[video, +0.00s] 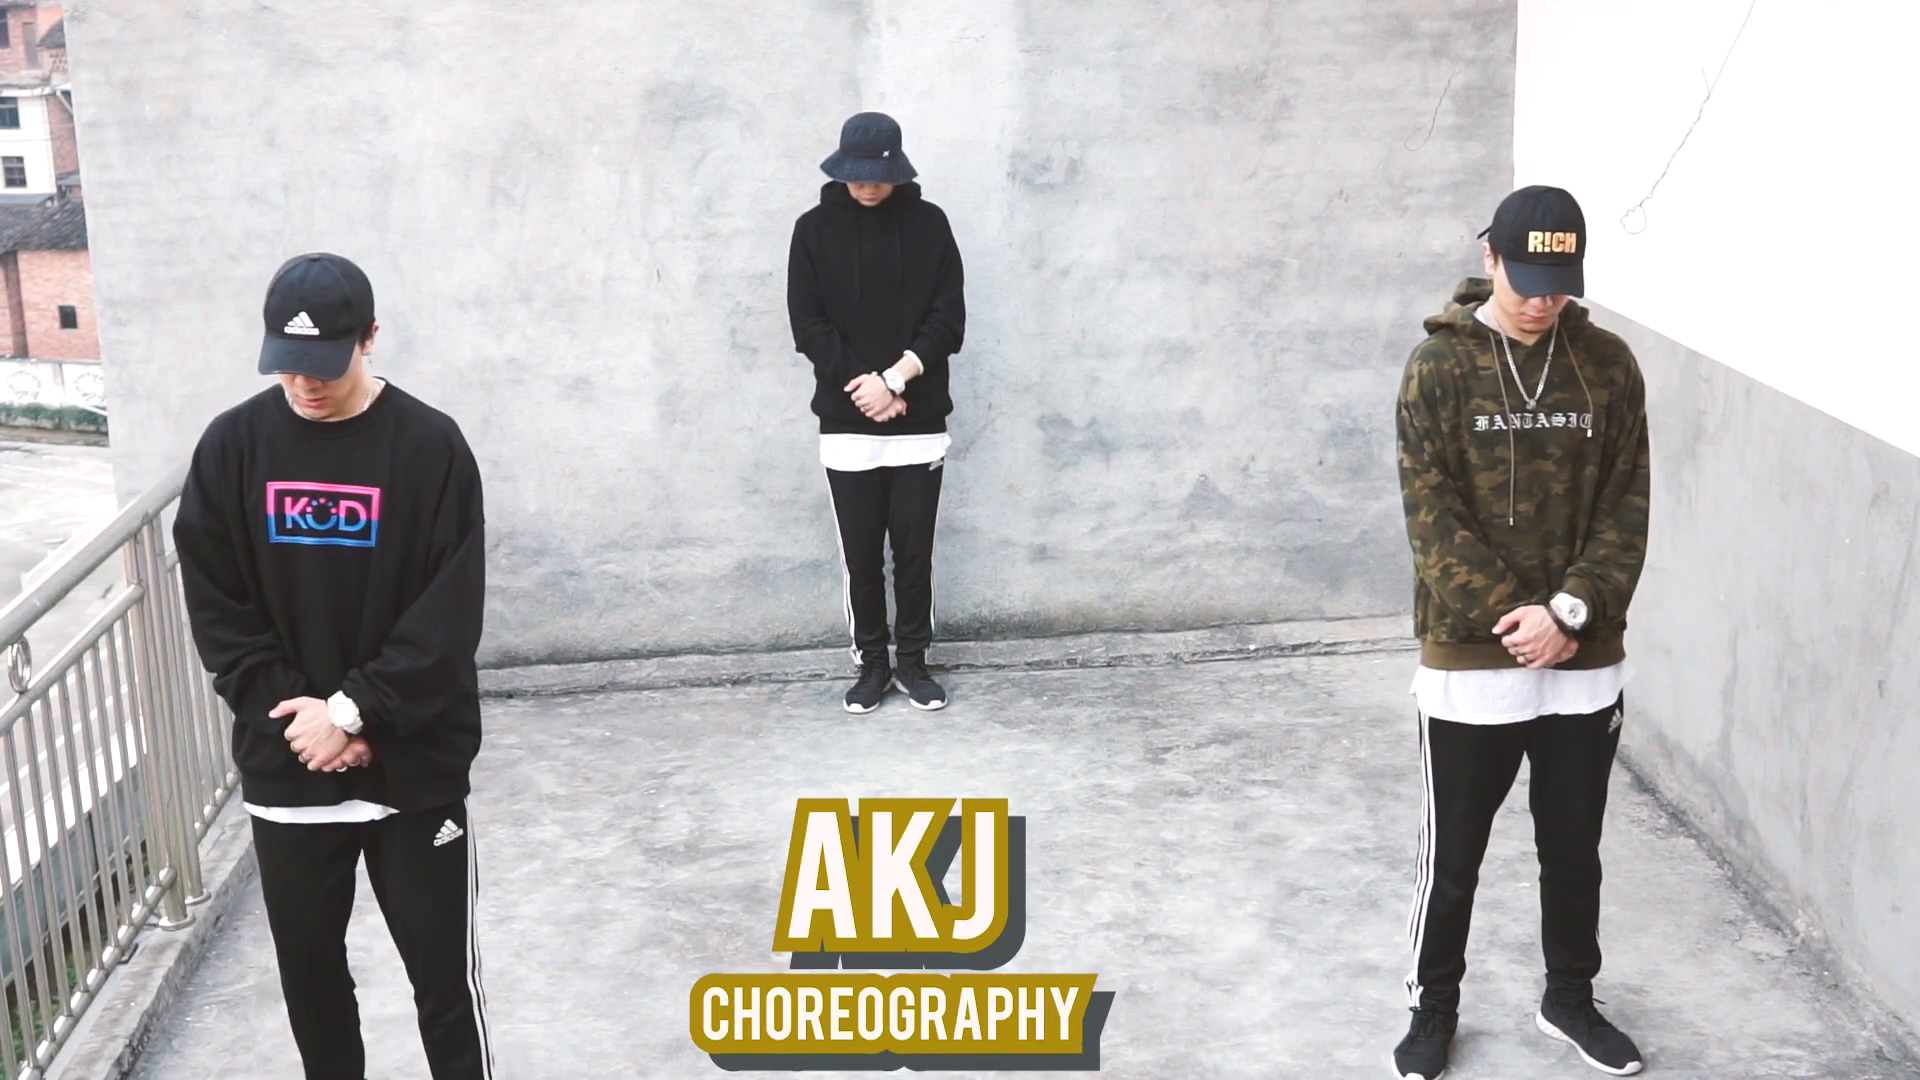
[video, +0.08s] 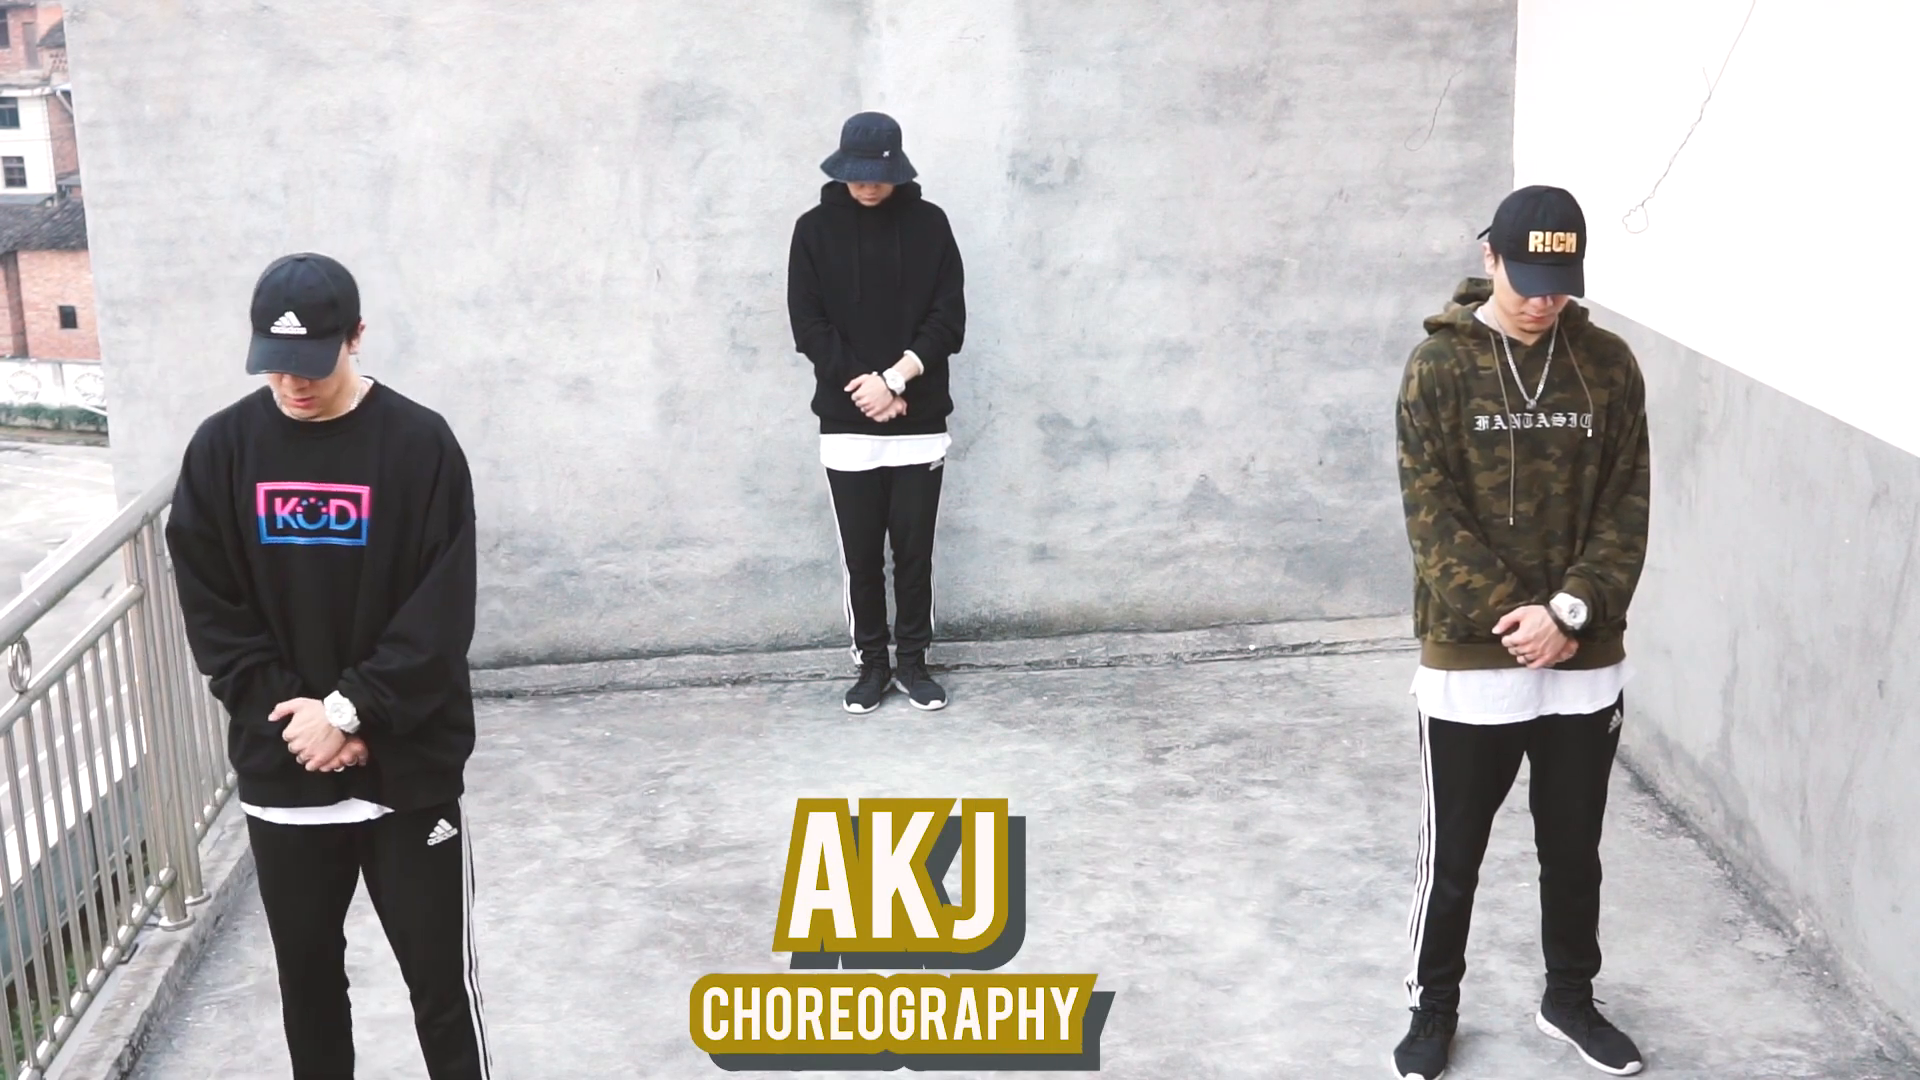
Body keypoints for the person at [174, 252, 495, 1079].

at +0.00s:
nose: (303, 384)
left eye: (322, 366)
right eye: (288, 365)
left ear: (369, 339)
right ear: (270, 346)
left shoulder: (431, 446)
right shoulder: (229, 446)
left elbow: (450, 614)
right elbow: (217, 611)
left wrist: (354, 706)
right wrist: (303, 723)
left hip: (414, 770)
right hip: (287, 778)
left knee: (444, 986)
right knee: (311, 989)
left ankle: (463, 1079)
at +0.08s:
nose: (291, 385)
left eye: (310, 366)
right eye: (276, 366)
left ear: (356, 340)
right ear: (257, 348)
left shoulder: (422, 443)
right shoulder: (219, 448)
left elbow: (443, 610)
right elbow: (212, 614)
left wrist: (351, 706)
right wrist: (299, 724)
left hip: (410, 773)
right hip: (284, 784)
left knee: (443, 995)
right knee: (309, 998)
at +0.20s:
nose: (268, 389)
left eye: (285, 369)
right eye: (252, 370)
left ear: (328, 341)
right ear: (231, 351)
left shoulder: (396, 440)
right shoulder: (196, 450)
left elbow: (422, 609)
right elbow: (193, 615)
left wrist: (333, 703)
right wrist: (284, 721)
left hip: (392, 769)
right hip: (270, 780)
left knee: (430, 988)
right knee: (303, 991)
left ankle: (456, 1078)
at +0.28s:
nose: (250, 393)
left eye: (268, 372)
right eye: (234, 374)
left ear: (310, 341)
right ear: (213, 354)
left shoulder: (382, 438)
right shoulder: (183, 453)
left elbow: (407, 607)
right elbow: (178, 619)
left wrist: (316, 703)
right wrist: (271, 724)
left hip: (383, 763)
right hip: (261, 776)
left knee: (416, 974)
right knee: (298, 982)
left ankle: (445, 1077)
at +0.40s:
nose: (235, 388)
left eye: (251, 369)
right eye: (218, 372)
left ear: (294, 339)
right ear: (196, 352)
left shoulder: (368, 433)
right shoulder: (167, 452)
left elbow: (397, 598)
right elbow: (169, 616)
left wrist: (311, 700)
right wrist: (263, 721)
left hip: (375, 764)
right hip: (254, 780)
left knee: (399, 982)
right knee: (298, 993)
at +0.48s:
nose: (228, 385)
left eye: (245, 365)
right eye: (211, 368)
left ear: (288, 336)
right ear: (190, 350)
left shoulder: (364, 431)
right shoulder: (162, 453)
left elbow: (394, 593)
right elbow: (165, 613)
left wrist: (312, 697)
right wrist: (259, 716)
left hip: (368, 757)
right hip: (247, 774)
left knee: (385, 973)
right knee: (293, 987)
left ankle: (402, 1079)